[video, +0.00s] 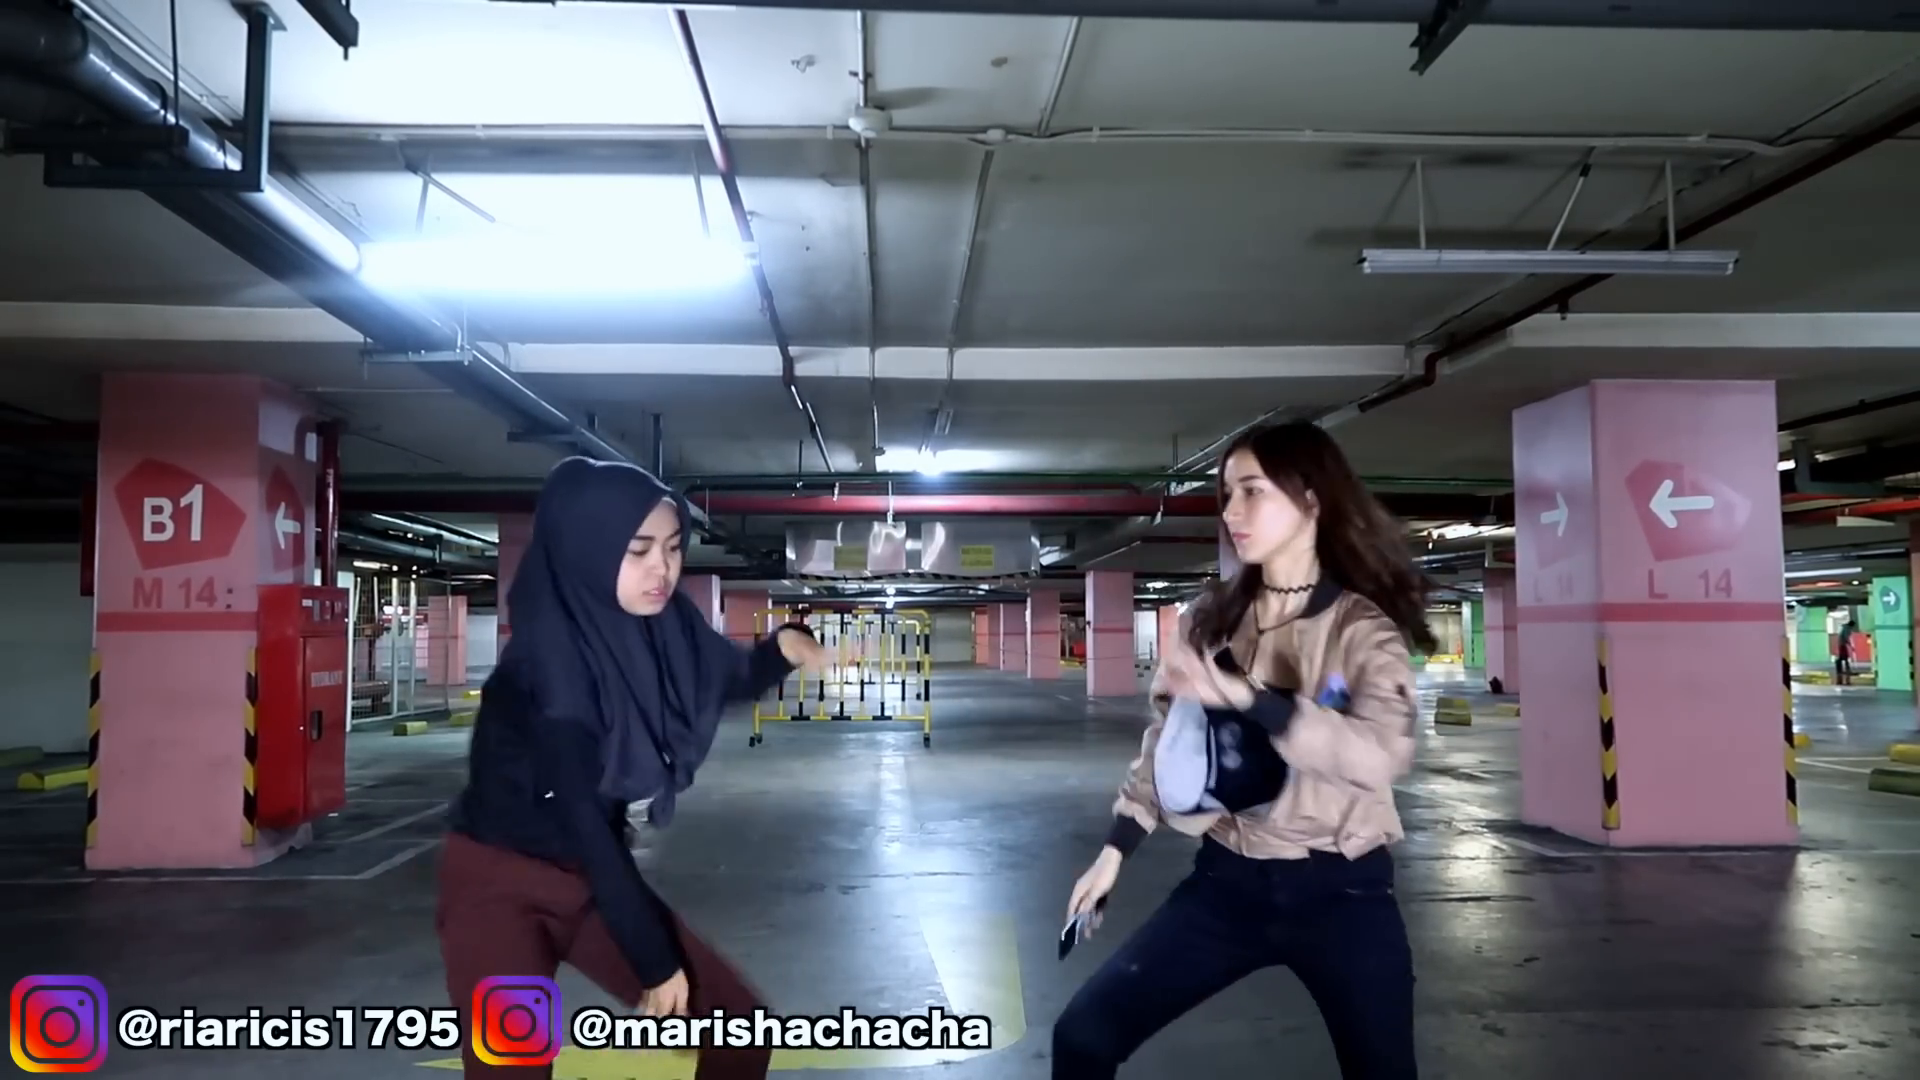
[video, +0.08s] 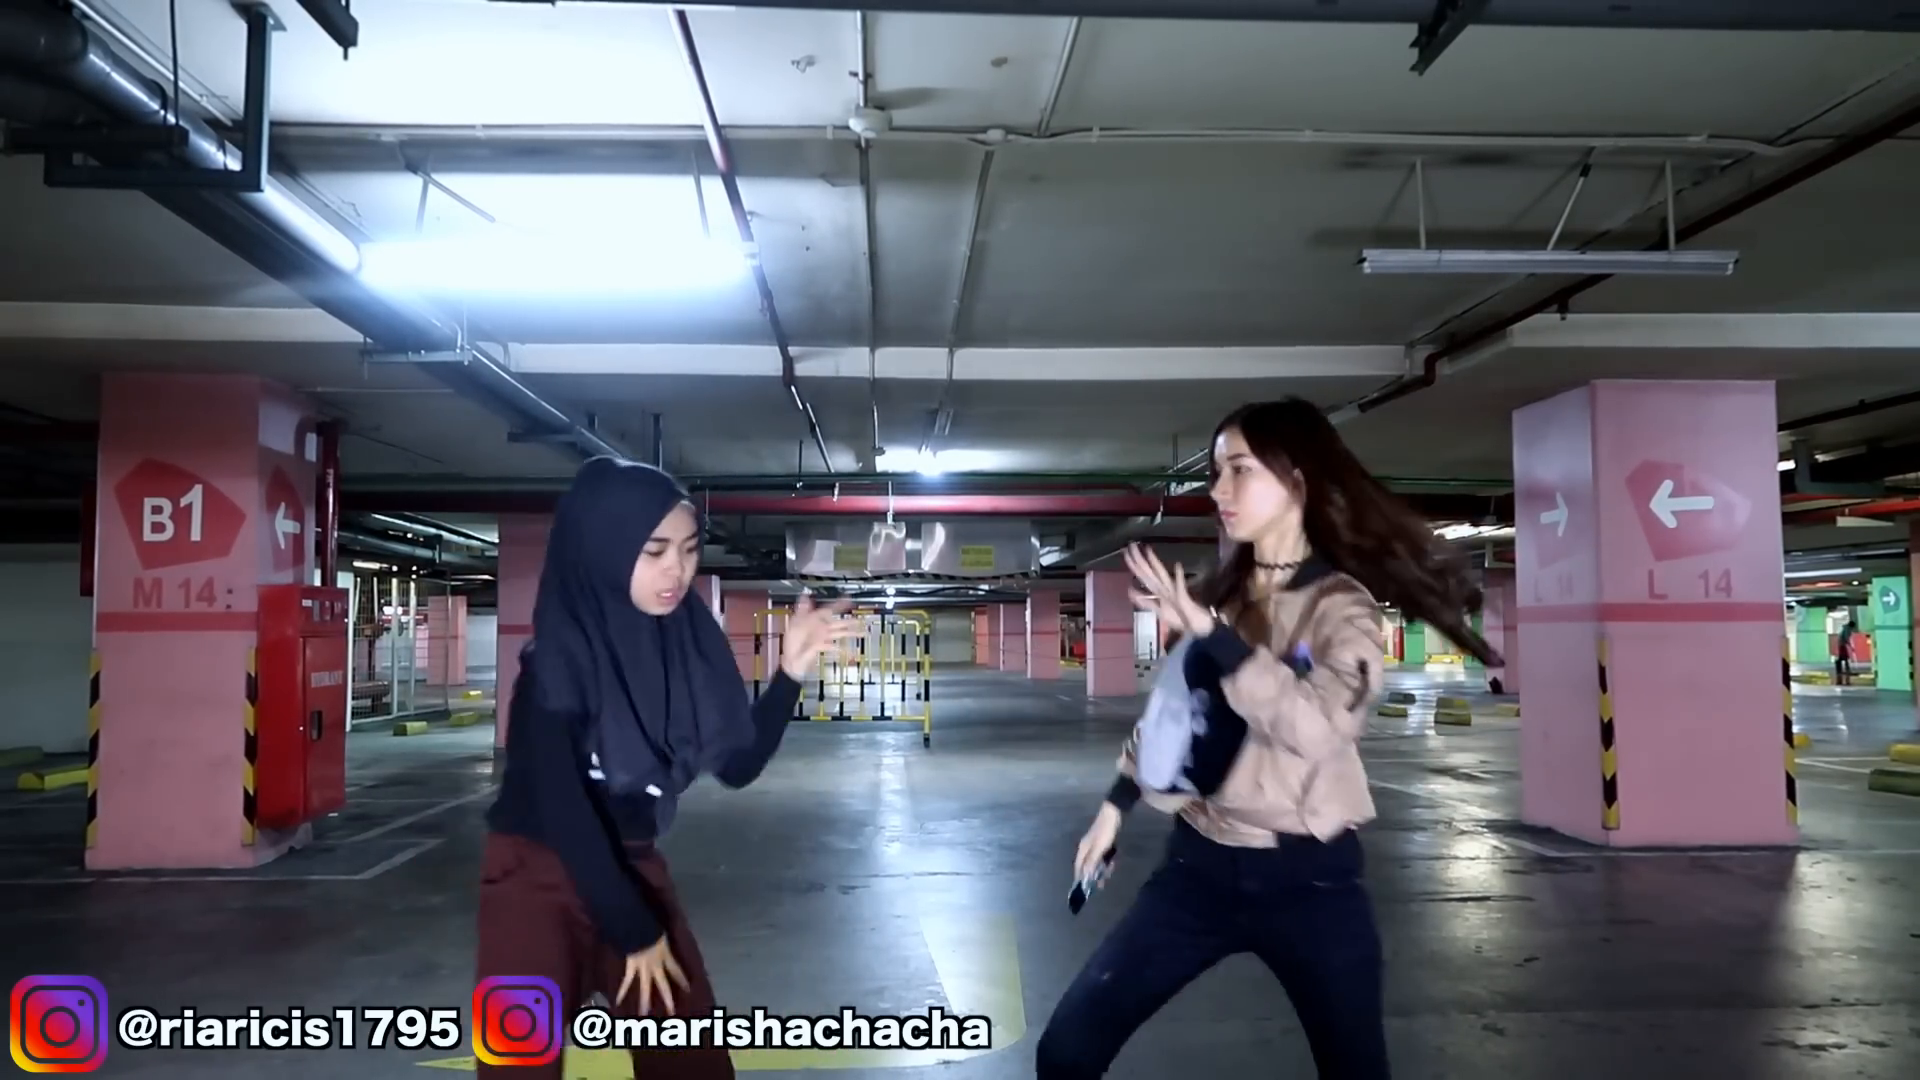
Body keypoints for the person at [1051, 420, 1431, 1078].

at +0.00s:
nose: (1229, 513)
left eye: (1250, 491)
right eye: (1228, 495)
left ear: (1310, 503)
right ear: (1227, 508)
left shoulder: (1363, 628)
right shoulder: (1210, 620)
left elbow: (1383, 756)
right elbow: (1165, 737)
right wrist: (1115, 848)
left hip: (1345, 891)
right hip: (1227, 884)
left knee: (1385, 1069)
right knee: (1083, 1036)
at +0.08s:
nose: (1218, 492)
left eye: (1240, 470)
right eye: (1217, 473)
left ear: (1299, 481)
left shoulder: (1345, 609)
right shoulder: (1218, 595)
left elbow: (1321, 728)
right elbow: (1172, 705)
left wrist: (1211, 637)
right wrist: (1115, 805)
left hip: (1312, 880)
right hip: (1199, 869)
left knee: (1358, 1070)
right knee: (1066, 1050)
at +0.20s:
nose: (1200, 482)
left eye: (1222, 461)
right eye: (1201, 462)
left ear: (1280, 473)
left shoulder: (1316, 600)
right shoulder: (1199, 578)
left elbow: (1262, 715)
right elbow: (1150, 692)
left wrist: (1181, 598)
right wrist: (1097, 783)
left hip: (1246, 863)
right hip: (1140, 848)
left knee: (1299, 1067)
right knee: (1073, 1051)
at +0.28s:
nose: (1194, 484)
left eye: (1213, 461)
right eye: (1194, 465)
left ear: (1270, 472)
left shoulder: (1304, 608)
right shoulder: (1192, 586)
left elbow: (1241, 733)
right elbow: (1150, 709)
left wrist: (1170, 619)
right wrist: (1087, 790)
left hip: (1241, 869)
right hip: (1138, 853)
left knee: (1259, 1070)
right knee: (1068, 1057)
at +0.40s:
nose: (1180, 494)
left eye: (1200, 473)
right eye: (1180, 475)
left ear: (1259, 484)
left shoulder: (1297, 613)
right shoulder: (1194, 593)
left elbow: (1231, 754)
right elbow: (1149, 702)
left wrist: (1173, 648)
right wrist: (1083, 761)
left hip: (1257, 880)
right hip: (1160, 868)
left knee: (1270, 1072)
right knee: (1025, 1051)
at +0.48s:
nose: (1163, 500)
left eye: (1185, 480)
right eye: (1163, 482)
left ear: (1244, 488)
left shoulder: (1281, 611)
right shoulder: (1185, 593)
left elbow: (1236, 726)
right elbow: (1150, 673)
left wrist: (1155, 616)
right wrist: (1085, 711)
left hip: (1250, 885)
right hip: (1155, 873)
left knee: (1263, 1072)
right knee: (1014, 1046)